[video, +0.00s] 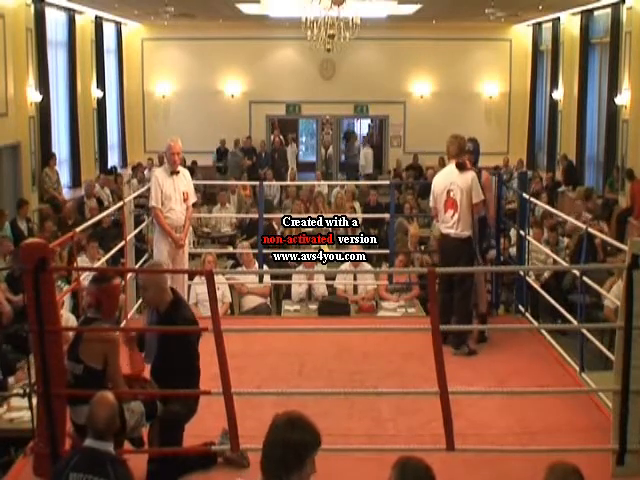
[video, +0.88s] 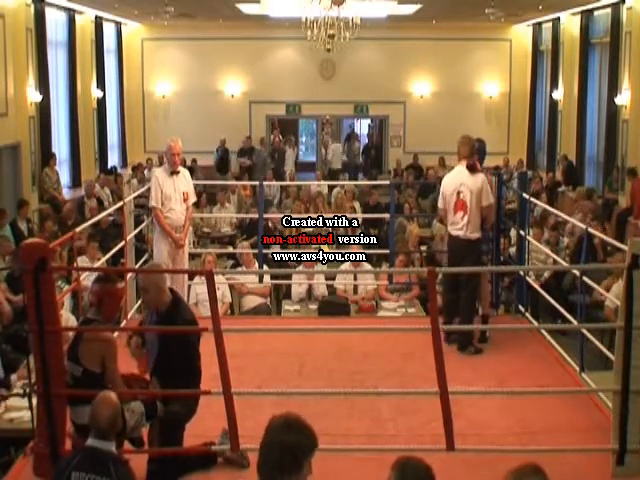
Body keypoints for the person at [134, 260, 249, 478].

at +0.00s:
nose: (142, 294)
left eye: (145, 288)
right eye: (141, 288)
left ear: (162, 287)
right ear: (159, 287)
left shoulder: (181, 321)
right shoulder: (158, 310)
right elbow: (153, 344)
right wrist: (135, 340)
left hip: (179, 399)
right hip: (162, 394)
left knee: (160, 470)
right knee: (159, 467)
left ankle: (217, 452)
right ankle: (215, 450)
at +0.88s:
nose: (142, 296)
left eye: (146, 291)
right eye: (140, 290)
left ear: (163, 289)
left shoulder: (180, 321)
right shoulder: (157, 309)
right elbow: (143, 331)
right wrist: (136, 342)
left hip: (178, 399)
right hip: (162, 393)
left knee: (159, 469)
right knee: (161, 466)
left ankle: (216, 452)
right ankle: (215, 450)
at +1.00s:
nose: (141, 297)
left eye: (145, 291)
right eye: (139, 291)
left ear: (162, 288)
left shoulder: (180, 322)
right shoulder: (156, 310)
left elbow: (173, 379)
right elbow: (142, 339)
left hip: (178, 399)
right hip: (161, 393)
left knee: (161, 469)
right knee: (159, 467)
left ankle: (218, 452)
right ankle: (216, 450)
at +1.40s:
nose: (141, 297)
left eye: (145, 291)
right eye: (139, 291)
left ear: (162, 289)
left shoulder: (179, 319)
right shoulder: (152, 306)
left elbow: (162, 370)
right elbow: (131, 316)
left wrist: (130, 351)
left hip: (180, 395)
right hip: (159, 389)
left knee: (161, 469)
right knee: (162, 467)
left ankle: (217, 454)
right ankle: (216, 450)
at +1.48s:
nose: (140, 297)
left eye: (144, 292)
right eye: (138, 292)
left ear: (161, 289)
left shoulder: (179, 320)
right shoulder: (151, 306)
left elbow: (162, 372)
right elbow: (133, 315)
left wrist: (130, 348)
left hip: (182, 393)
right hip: (158, 387)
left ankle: (217, 454)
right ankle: (217, 451)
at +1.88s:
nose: (137, 298)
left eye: (141, 293)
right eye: (135, 292)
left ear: (157, 289)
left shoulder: (178, 320)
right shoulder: (143, 306)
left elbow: (164, 376)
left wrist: (136, 348)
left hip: (182, 392)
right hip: (157, 386)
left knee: (168, 415)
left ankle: (216, 453)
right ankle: (215, 451)